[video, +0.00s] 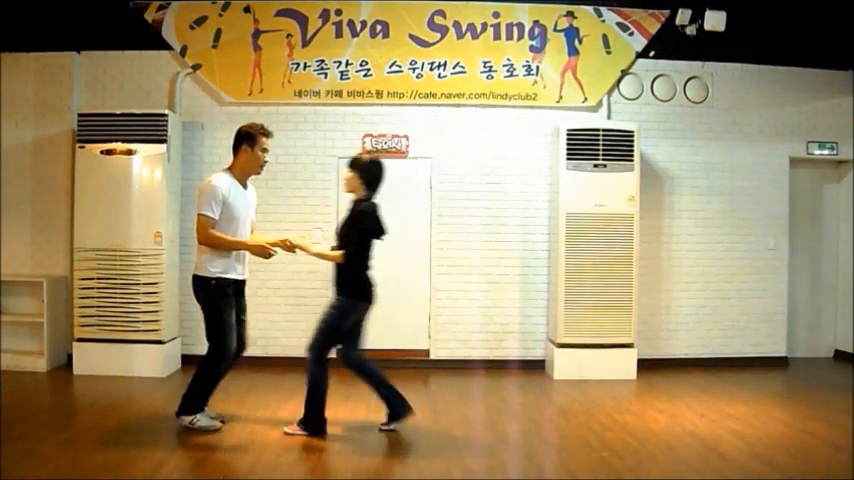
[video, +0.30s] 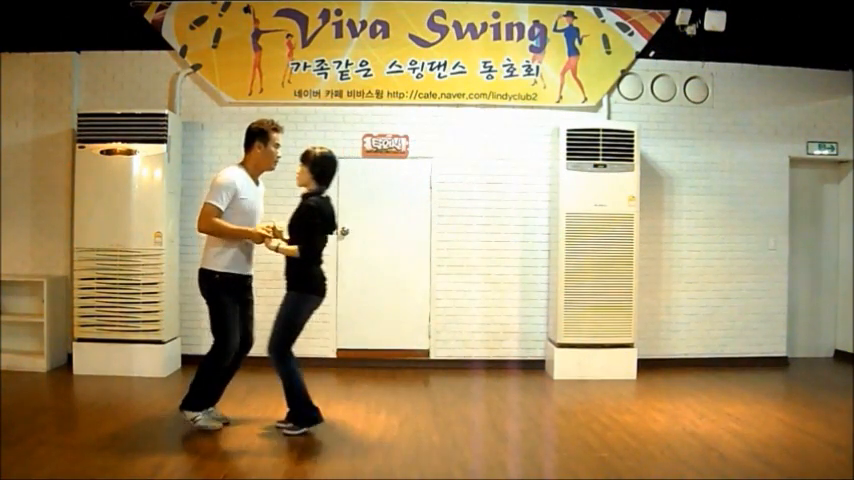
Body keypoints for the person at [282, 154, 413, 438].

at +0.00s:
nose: (346, 177)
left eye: (351, 173)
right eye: (348, 172)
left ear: (362, 179)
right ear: (364, 179)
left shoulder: (362, 212)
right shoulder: (364, 209)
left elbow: (344, 256)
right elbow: (350, 254)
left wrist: (309, 250)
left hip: (351, 296)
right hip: (357, 294)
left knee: (317, 350)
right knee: (351, 356)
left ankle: (313, 422)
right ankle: (398, 407)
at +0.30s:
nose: (297, 170)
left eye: (301, 166)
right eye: (300, 165)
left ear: (312, 173)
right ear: (318, 173)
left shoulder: (312, 206)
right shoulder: (318, 202)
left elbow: (308, 252)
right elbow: (306, 245)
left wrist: (277, 246)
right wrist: (281, 237)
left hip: (305, 287)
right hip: (307, 285)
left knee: (278, 348)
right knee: (280, 347)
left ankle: (305, 413)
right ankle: (300, 411)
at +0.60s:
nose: (289, 171)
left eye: (294, 167)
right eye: (292, 166)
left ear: (305, 174)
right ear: (310, 174)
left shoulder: (305, 207)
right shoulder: (312, 203)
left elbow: (305, 251)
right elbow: (304, 246)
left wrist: (274, 244)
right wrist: (277, 237)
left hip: (301, 290)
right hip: (307, 289)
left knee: (285, 352)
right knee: (290, 351)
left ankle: (307, 419)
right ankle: (317, 412)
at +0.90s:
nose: (340, 180)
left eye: (345, 176)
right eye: (342, 175)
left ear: (357, 182)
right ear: (360, 182)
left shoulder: (359, 214)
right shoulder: (364, 211)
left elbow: (354, 258)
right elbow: (354, 254)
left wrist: (319, 252)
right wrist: (323, 252)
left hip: (357, 299)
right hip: (366, 298)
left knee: (324, 350)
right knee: (377, 356)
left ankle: (309, 420)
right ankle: (429, 401)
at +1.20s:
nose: (402, 182)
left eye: (406, 177)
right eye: (403, 176)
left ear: (419, 181)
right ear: (417, 179)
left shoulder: (424, 212)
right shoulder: (422, 209)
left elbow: (407, 253)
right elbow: (392, 238)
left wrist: (371, 242)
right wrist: (361, 233)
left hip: (429, 295)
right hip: (430, 293)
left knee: (407, 354)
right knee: (416, 355)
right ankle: (440, 414)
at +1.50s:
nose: (424, 206)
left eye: (427, 200)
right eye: (424, 200)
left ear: (442, 202)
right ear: (441, 203)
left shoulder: (454, 233)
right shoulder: (443, 232)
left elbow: (459, 277)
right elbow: (415, 265)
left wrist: (428, 269)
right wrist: (371, 272)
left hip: (466, 318)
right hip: (453, 314)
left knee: (422, 367)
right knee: (414, 360)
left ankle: (458, 425)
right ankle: (442, 415)